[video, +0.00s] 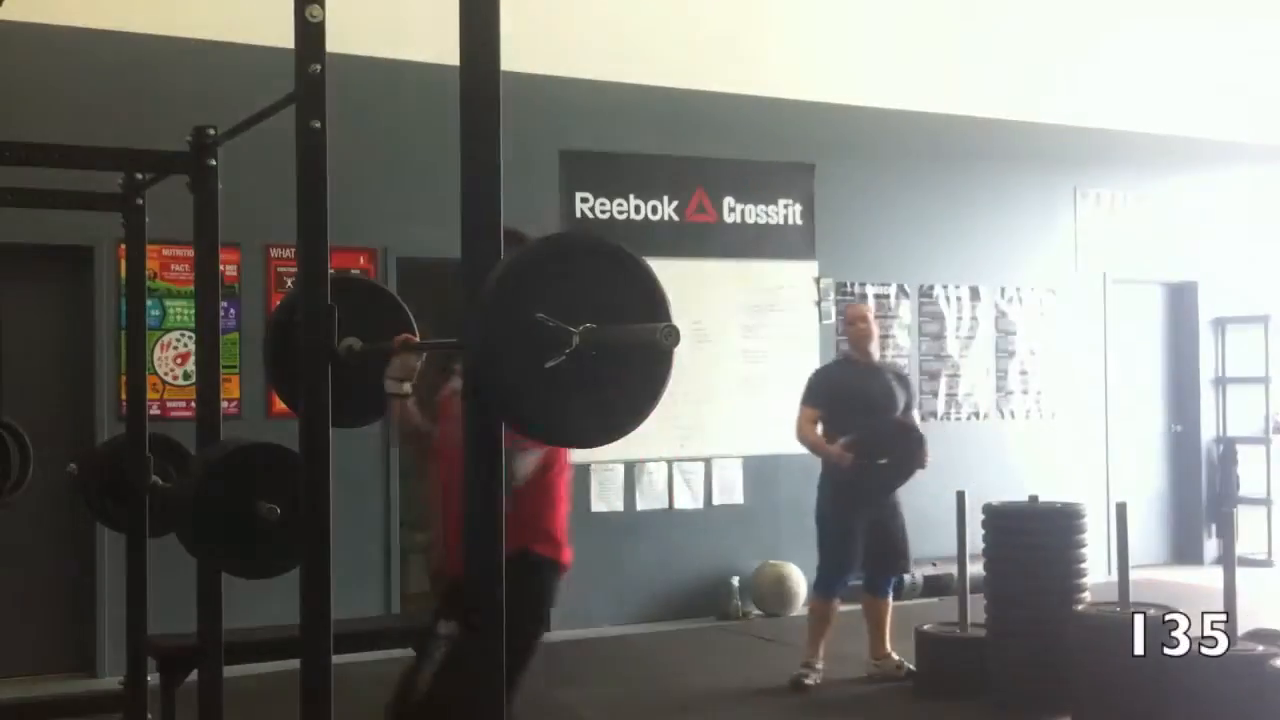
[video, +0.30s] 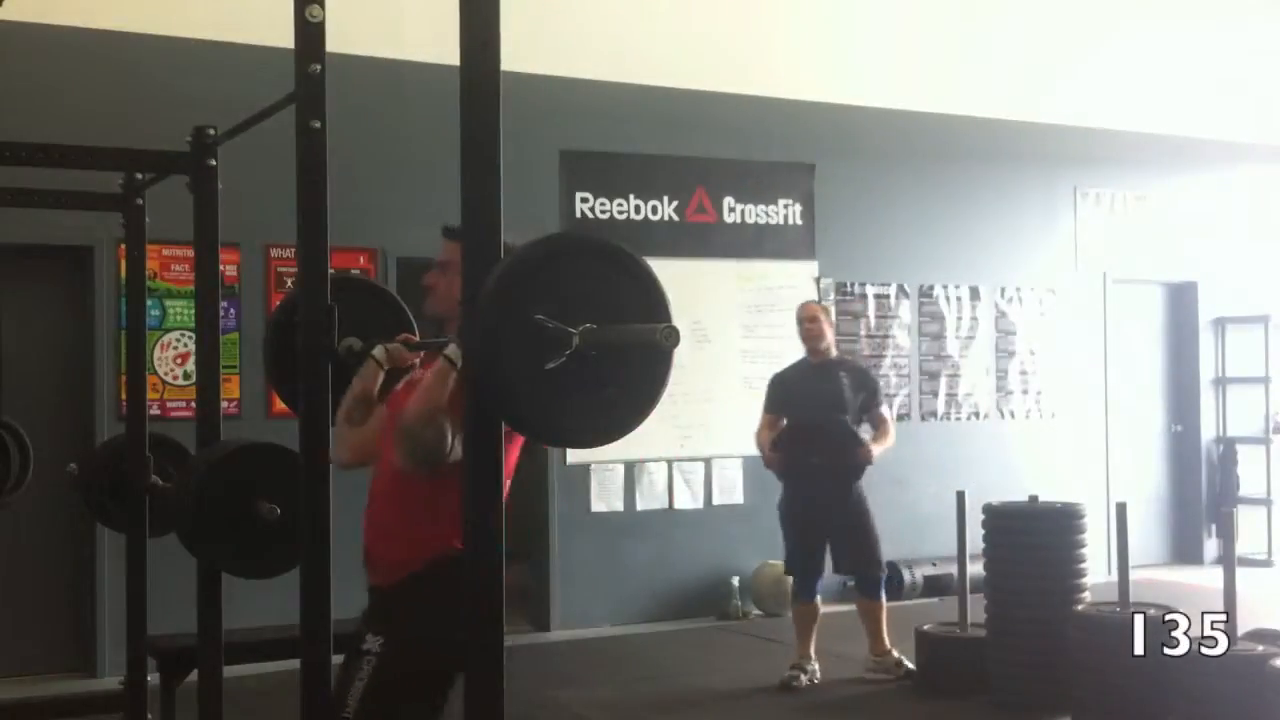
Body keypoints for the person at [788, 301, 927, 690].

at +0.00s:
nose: (861, 326)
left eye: (866, 320)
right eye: (853, 321)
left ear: (876, 326)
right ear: (844, 329)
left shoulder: (898, 379)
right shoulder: (827, 376)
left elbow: (907, 427)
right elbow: (804, 428)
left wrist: (915, 452)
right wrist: (829, 451)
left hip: (883, 485)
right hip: (841, 485)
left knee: (884, 572)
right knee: (832, 574)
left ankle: (882, 655)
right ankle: (813, 661)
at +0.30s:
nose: (810, 328)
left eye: (816, 320)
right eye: (803, 323)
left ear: (831, 326)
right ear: (798, 332)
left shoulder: (859, 376)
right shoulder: (784, 381)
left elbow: (886, 428)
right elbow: (765, 429)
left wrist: (872, 449)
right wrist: (770, 453)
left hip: (846, 486)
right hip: (800, 487)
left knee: (870, 569)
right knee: (803, 578)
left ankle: (881, 653)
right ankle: (805, 661)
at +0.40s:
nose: (798, 327)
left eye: (804, 320)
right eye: (792, 322)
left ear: (821, 323)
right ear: (787, 330)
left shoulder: (846, 372)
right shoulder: (774, 379)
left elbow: (877, 426)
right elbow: (757, 427)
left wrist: (857, 446)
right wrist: (754, 449)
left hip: (835, 482)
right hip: (790, 484)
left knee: (865, 565)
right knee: (798, 576)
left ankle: (869, 645)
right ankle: (806, 661)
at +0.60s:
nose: (780, 327)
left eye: (787, 320)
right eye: (775, 321)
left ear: (805, 325)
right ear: (770, 329)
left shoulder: (830, 374)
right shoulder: (761, 380)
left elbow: (860, 426)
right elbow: (752, 432)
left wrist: (833, 449)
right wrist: (738, 457)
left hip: (820, 484)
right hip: (778, 485)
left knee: (827, 573)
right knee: (792, 577)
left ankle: (838, 657)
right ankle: (805, 662)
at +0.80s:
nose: (766, 330)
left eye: (773, 324)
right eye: (762, 324)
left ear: (792, 328)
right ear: (758, 331)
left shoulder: (815, 376)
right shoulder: (750, 382)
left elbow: (845, 429)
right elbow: (743, 435)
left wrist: (809, 457)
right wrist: (722, 459)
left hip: (801, 487)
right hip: (763, 488)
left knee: (793, 581)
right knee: (782, 580)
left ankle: (787, 674)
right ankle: (808, 662)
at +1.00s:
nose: (751, 331)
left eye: (759, 325)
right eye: (748, 326)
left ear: (780, 330)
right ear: (745, 332)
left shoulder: (800, 382)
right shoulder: (739, 385)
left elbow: (825, 440)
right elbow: (732, 439)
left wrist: (783, 463)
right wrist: (706, 462)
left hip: (784, 491)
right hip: (746, 491)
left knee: (769, 584)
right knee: (771, 581)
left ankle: (760, 682)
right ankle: (803, 656)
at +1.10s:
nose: (750, 331)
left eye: (757, 323)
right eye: (745, 324)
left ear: (773, 326)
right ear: (738, 330)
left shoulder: (791, 379)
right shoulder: (732, 382)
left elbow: (812, 439)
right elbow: (730, 437)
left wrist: (766, 460)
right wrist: (698, 458)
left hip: (773, 493)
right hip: (736, 491)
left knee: (761, 587)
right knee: (741, 583)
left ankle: (759, 681)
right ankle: (794, 645)